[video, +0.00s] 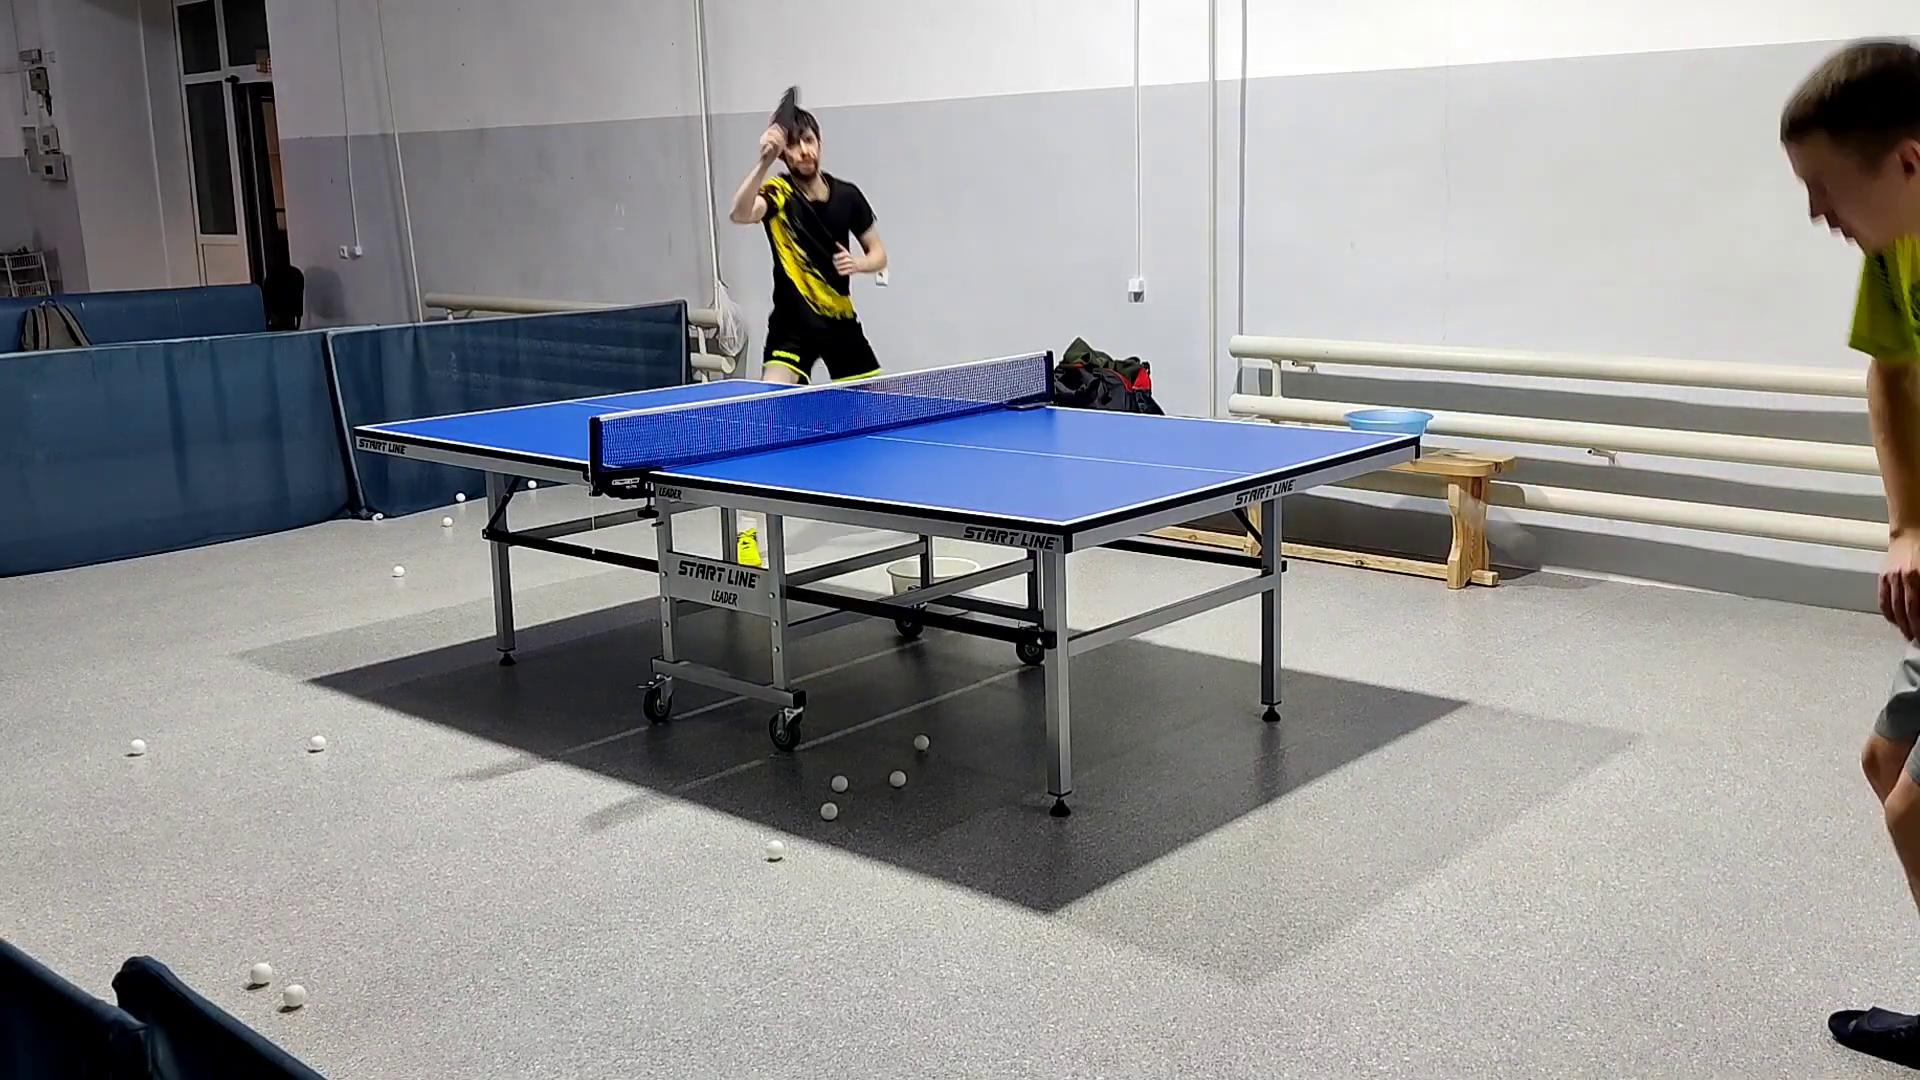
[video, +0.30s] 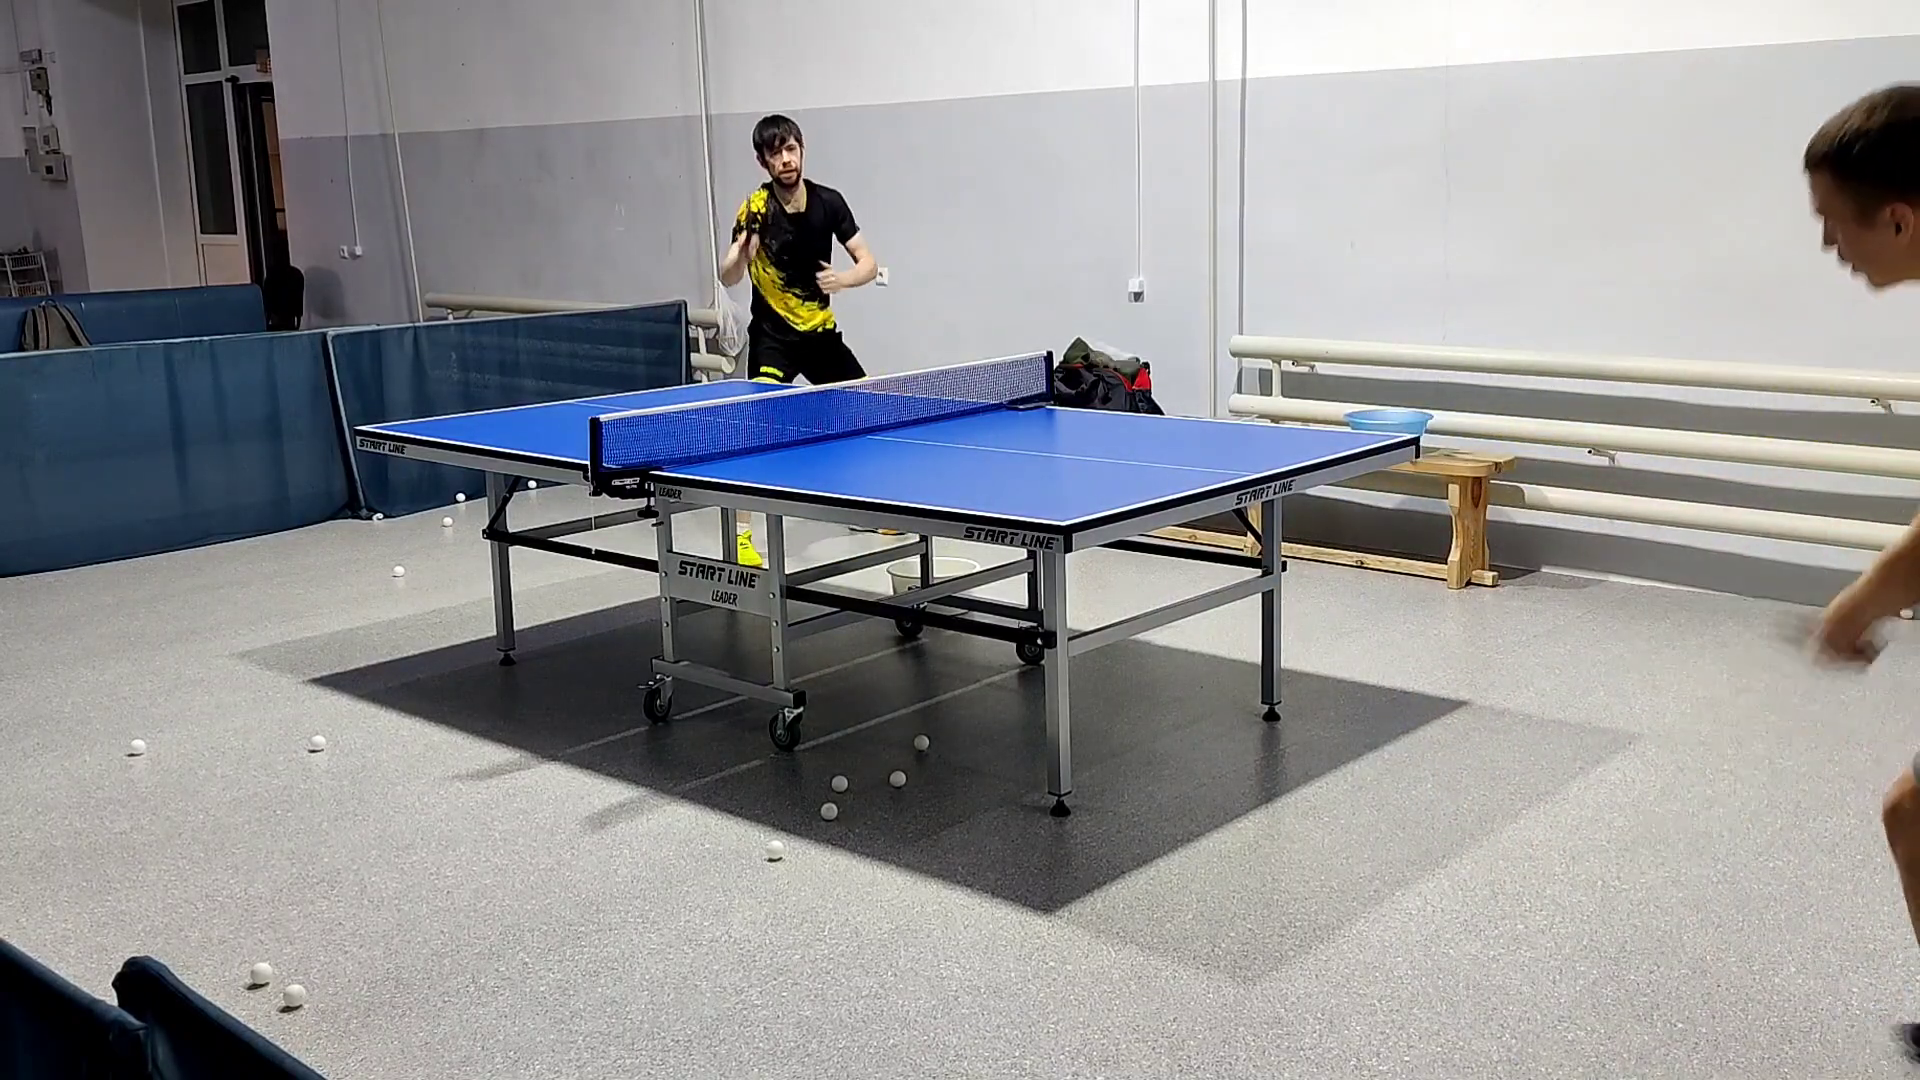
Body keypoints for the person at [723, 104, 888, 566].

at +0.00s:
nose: (803, 152)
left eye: (809, 141)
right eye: (793, 145)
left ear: (820, 143)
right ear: (782, 152)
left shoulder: (846, 196)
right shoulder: (776, 193)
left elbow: (878, 256)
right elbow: (740, 213)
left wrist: (858, 263)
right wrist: (764, 162)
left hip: (841, 325)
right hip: (792, 324)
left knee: (883, 418)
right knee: (768, 414)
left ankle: (908, 539)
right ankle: (749, 530)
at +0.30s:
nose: (785, 159)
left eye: (791, 149)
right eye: (775, 153)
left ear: (803, 150)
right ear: (762, 160)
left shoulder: (829, 203)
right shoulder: (755, 207)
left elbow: (869, 266)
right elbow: (729, 277)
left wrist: (841, 280)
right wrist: (743, 246)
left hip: (819, 333)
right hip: (772, 334)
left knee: (871, 409)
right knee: (758, 421)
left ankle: (886, 508)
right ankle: (743, 531)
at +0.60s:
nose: (759, 187)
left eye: (764, 176)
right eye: (749, 181)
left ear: (778, 172)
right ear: (741, 186)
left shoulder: (810, 205)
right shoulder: (749, 233)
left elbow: (819, 254)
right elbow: (744, 296)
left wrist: (748, 253)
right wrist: (740, 333)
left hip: (856, 325)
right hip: (805, 331)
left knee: (893, 415)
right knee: (778, 419)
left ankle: (908, 508)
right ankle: (774, 528)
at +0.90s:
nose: (760, 217)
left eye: (765, 205)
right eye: (752, 210)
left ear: (784, 197)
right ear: (749, 214)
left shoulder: (824, 226)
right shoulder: (770, 253)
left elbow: (836, 299)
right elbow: (766, 321)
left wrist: (781, 281)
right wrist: (737, 315)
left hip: (884, 339)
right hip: (836, 341)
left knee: (903, 432)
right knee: (792, 413)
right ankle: (773, 525)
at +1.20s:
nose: (794, 186)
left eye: (799, 175)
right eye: (785, 180)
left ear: (815, 170)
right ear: (779, 186)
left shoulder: (856, 209)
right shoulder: (785, 228)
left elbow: (887, 277)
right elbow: (778, 292)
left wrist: (826, 269)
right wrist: (789, 265)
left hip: (882, 329)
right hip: (830, 332)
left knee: (914, 420)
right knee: (799, 413)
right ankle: (775, 520)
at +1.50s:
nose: (766, 186)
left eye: (770, 175)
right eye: (755, 181)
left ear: (783, 175)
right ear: (747, 192)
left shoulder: (824, 217)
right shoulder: (752, 240)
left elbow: (874, 269)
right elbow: (744, 310)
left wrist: (839, 304)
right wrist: (775, 305)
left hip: (845, 344)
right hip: (792, 348)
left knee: (889, 422)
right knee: (758, 424)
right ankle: (726, 526)